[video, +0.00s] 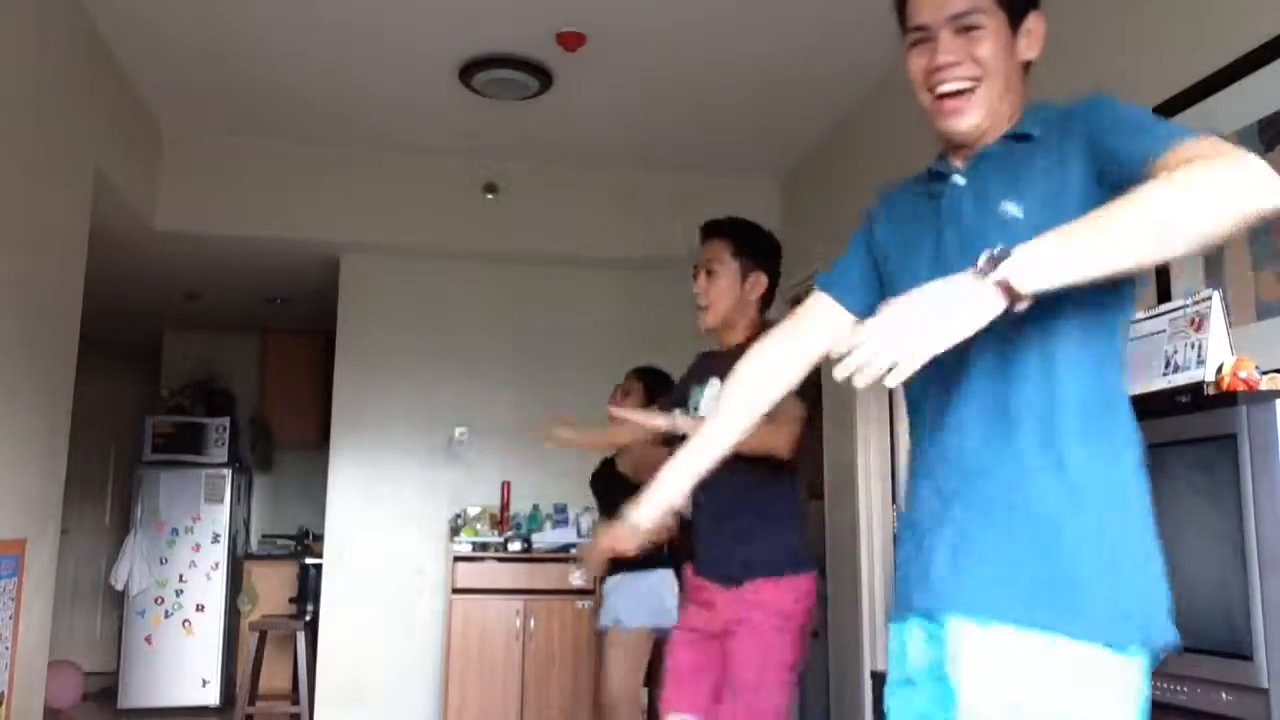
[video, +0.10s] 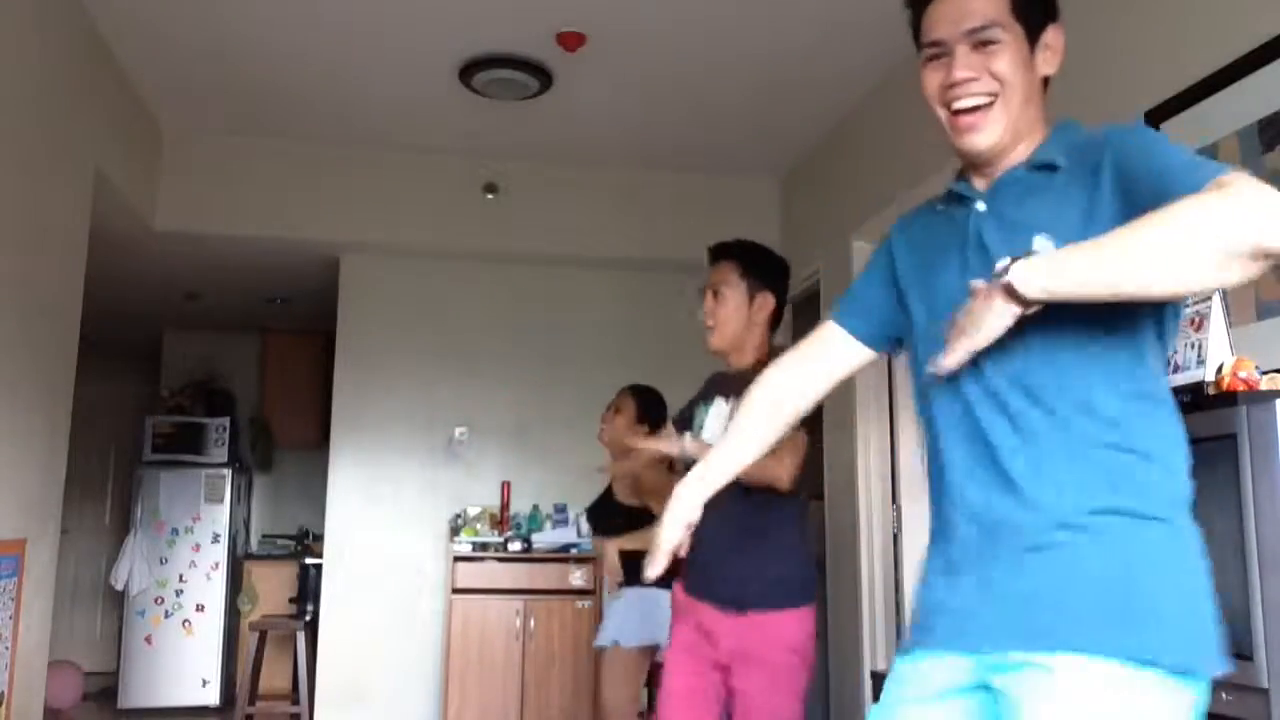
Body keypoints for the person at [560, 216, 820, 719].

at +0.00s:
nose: (696, 287)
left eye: (711, 272)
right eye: (698, 273)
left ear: (755, 285)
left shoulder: (786, 357)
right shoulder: (701, 371)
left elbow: (783, 441)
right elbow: (668, 467)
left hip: (772, 582)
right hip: (704, 580)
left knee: (754, 712)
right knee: (681, 711)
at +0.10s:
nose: (705, 308)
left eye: (718, 294)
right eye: (706, 294)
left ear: (763, 306)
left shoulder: (796, 385)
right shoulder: (710, 393)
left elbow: (783, 472)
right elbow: (651, 470)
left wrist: (691, 449)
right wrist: (675, 508)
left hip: (773, 614)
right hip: (696, 608)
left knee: (767, 715)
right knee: (678, 714)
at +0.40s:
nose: (705, 300)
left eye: (718, 285)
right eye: (705, 286)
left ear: (763, 296)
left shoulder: (783, 353)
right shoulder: (725, 364)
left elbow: (811, 380)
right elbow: (678, 384)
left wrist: (735, 375)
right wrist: (618, 396)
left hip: (751, 578)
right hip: (714, 578)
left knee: (719, 710)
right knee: (670, 708)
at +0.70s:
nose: (711, 305)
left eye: (726, 291)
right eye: (712, 291)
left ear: (770, 305)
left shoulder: (795, 374)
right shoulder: (722, 380)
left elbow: (797, 406)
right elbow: (650, 425)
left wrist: (695, 388)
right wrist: (560, 430)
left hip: (763, 591)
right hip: (722, 589)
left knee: (695, 710)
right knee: (744, 714)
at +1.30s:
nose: (712, 320)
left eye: (727, 306)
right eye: (712, 306)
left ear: (770, 318)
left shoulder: (788, 384)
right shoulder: (717, 382)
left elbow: (784, 413)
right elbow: (655, 410)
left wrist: (753, 406)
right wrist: (686, 419)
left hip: (746, 597)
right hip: (712, 595)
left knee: (713, 712)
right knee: (705, 710)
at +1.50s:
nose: (710, 321)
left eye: (726, 306)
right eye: (710, 307)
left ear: (770, 320)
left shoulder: (803, 397)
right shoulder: (719, 393)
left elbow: (805, 432)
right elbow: (653, 439)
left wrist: (702, 410)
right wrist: (579, 453)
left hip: (760, 608)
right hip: (716, 603)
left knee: (671, 712)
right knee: (744, 715)